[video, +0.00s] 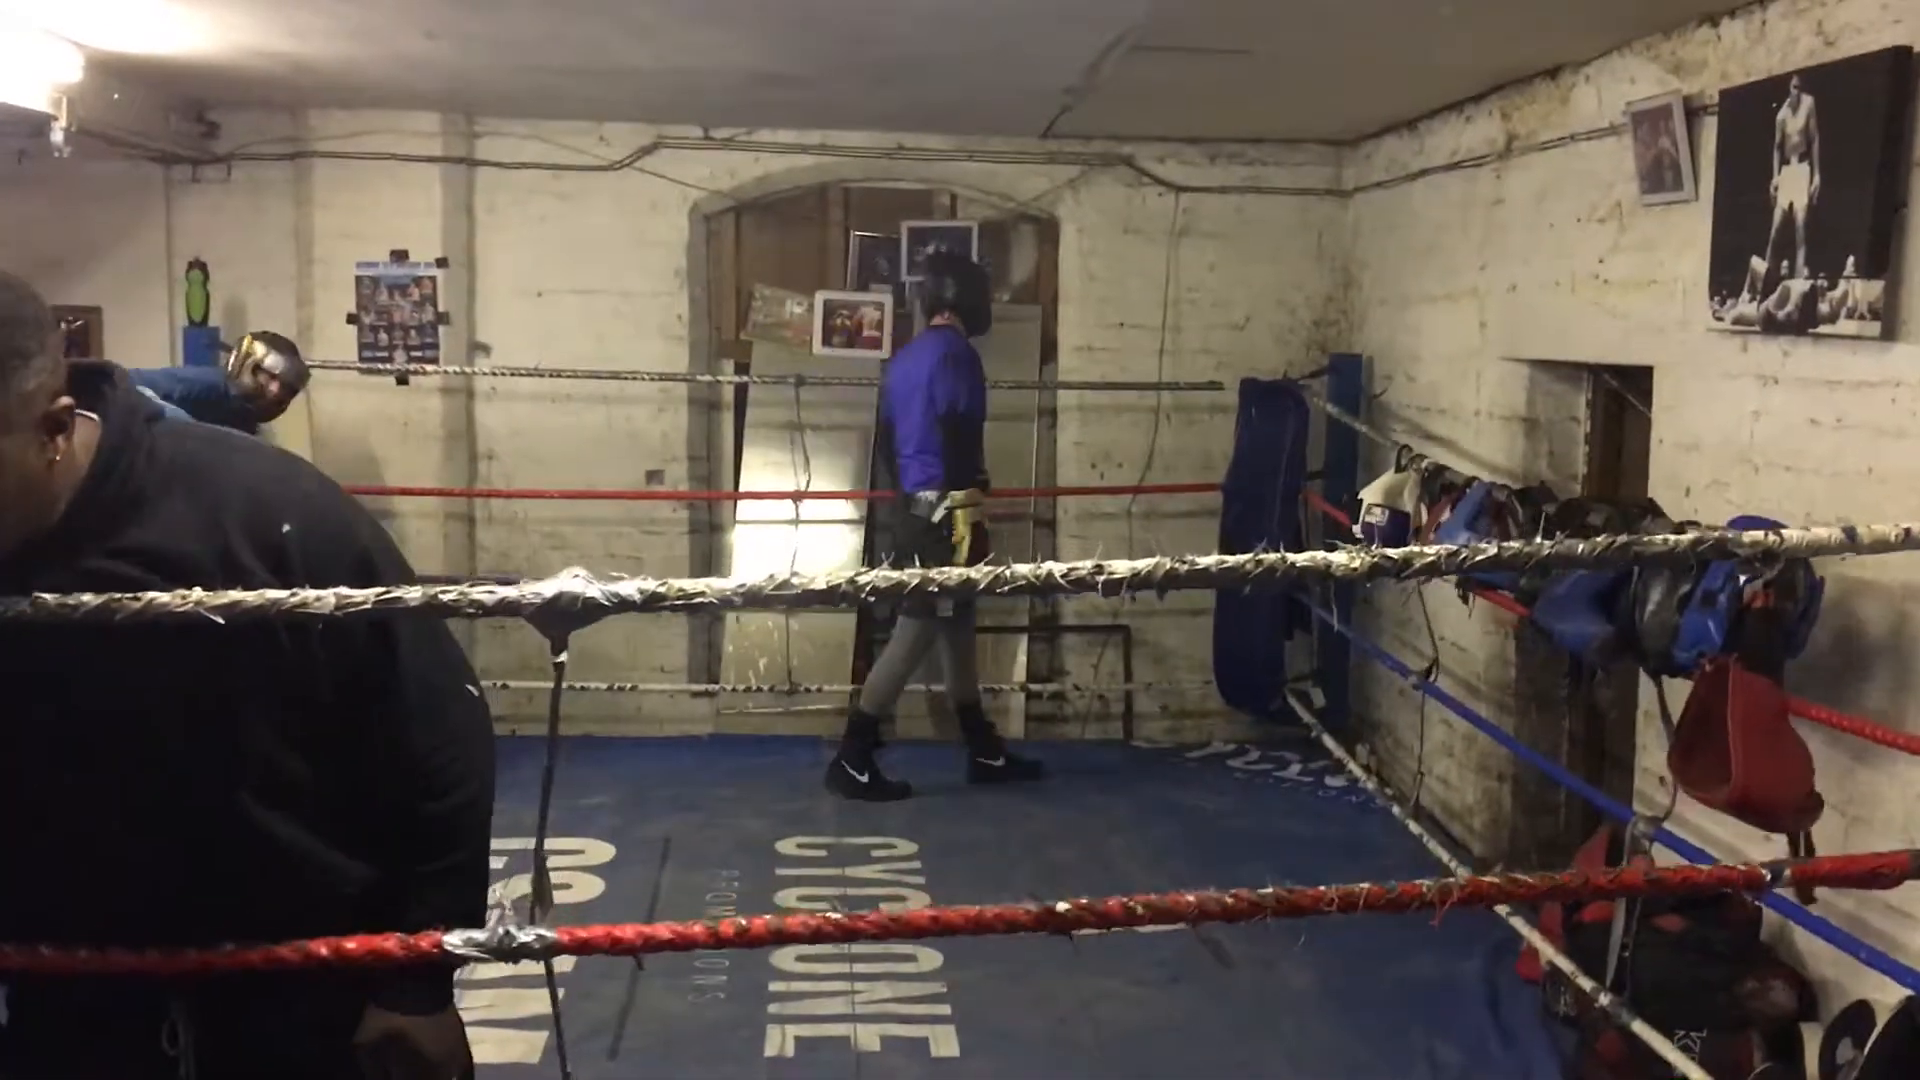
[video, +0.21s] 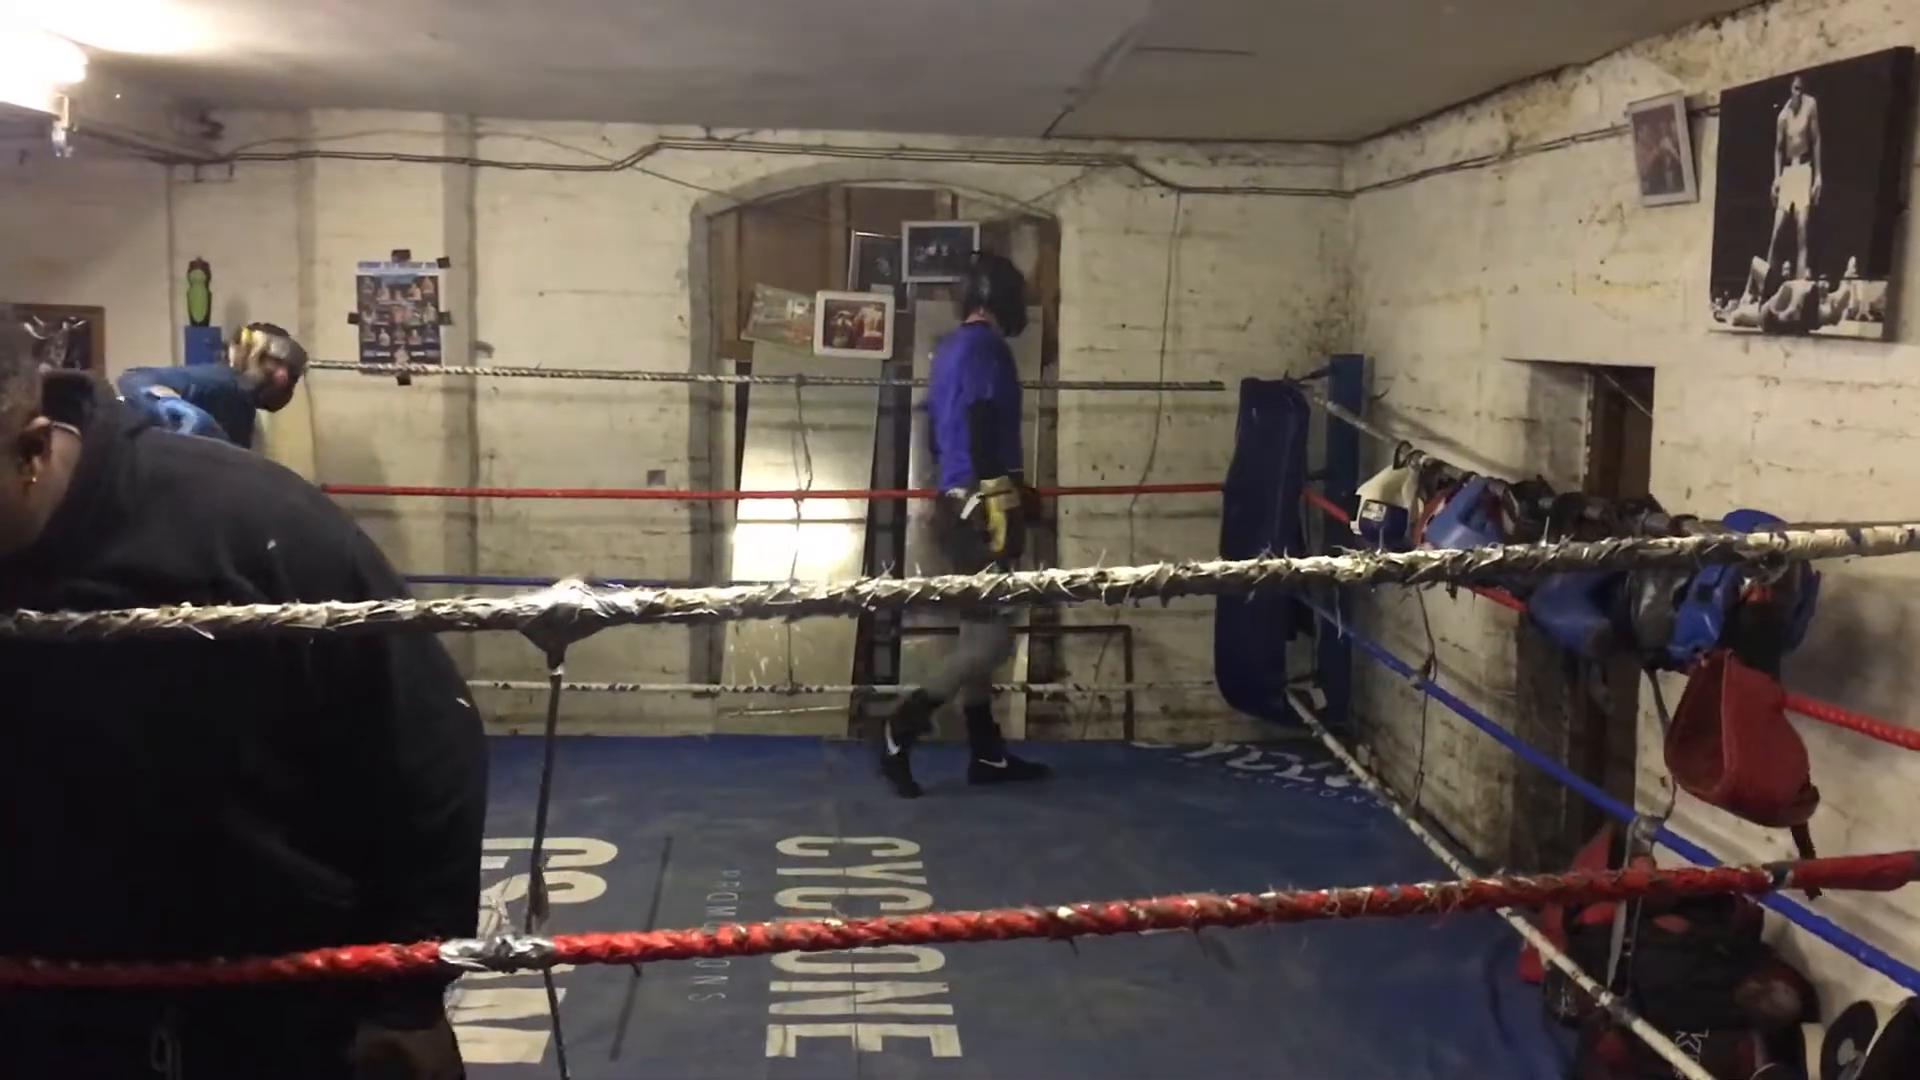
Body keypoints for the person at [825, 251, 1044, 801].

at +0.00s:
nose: (991, 308)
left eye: (988, 296)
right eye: (986, 297)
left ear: (933, 304)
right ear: (964, 302)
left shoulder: (900, 361)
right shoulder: (958, 356)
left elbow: (889, 448)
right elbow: (961, 438)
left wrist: (900, 505)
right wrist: (971, 510)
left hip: (913, 509)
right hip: (941, 511)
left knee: (958, 633)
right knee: (912, 638)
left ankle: (984, 752)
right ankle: (853, 759)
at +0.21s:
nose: (1026, 310)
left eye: (1023, 299)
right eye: (1020, 300)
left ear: (971, 303)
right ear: (1001, 303)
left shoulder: (951, 350)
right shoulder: (984, 349)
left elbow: (929, 419)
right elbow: (979, 421)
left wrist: (941, 484)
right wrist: (995, 494)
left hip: (952, 501)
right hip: (981, 503)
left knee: (976, 629)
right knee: (993, 633)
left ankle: (987, 751)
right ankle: (902, 725)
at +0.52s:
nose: (1071, 315)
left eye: (1072, 304)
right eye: (1066, 303)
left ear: (1031, 299)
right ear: (1041, 300)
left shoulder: (1031, 353)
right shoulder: (1009, 347)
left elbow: (1038, 439)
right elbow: (1004, 424)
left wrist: (1065, 497)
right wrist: (1029, 496)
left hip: (1011, 502)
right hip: (1008, 503)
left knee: (997, 624)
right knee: (1067, 621)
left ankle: (988, 754)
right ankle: (1037, 753)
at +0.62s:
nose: (1090, 312)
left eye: (1090, 301)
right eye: (1084, 300)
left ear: (1047, 299)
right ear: (1056, 299)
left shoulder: (1037, 351)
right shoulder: (1027, 349)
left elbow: (1040, 434)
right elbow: (1014, 422)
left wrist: (1069, 496)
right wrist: (1034, 494)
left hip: (1016, 504)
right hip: (1026, 505)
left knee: (1003, 622)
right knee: (1076, 624)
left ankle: (990, 751)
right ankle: (1078, 756)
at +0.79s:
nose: (1117, 315)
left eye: (1117, 304)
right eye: (1111, 304)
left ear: (1071, 303)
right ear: (1085, 305)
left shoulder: (1059, 356)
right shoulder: (1052, 356)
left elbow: (1052, 437)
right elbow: (1036, 435)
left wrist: (1080, 506)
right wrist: (1055, 510)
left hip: (1042, 511)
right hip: (1060, 511)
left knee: (1023, 630)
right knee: (1086, 631)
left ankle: (992, 751)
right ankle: (1095, 762)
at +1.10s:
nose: (1151, 304)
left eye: (1155, 294)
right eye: (1139, 294)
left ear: (1153, 300)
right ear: (1106, 298)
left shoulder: (1123, 356)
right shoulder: (1082, 356)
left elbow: (1121, 434)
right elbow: (1067, 437)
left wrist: (1134, 498)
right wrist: (1096, 503)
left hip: (1124, 506)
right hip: (1088, 509)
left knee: (1129, 630)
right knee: (1087, 627)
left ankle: (1046, 716)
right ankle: (1086, 754)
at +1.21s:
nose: (1143, 301)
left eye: (1153, 291)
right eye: (1131, 291)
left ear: (1164, 300)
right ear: (1108, 297)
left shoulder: (1145, 364)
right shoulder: (1081, 359)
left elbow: (1140, 441)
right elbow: (1066, 439)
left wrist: (1150, 502)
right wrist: (1093, 504)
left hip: (1138, 507)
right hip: (1091, 509)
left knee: (1156, 633)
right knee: (1092, 628)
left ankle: (1101, 722)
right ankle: (1089, 757)